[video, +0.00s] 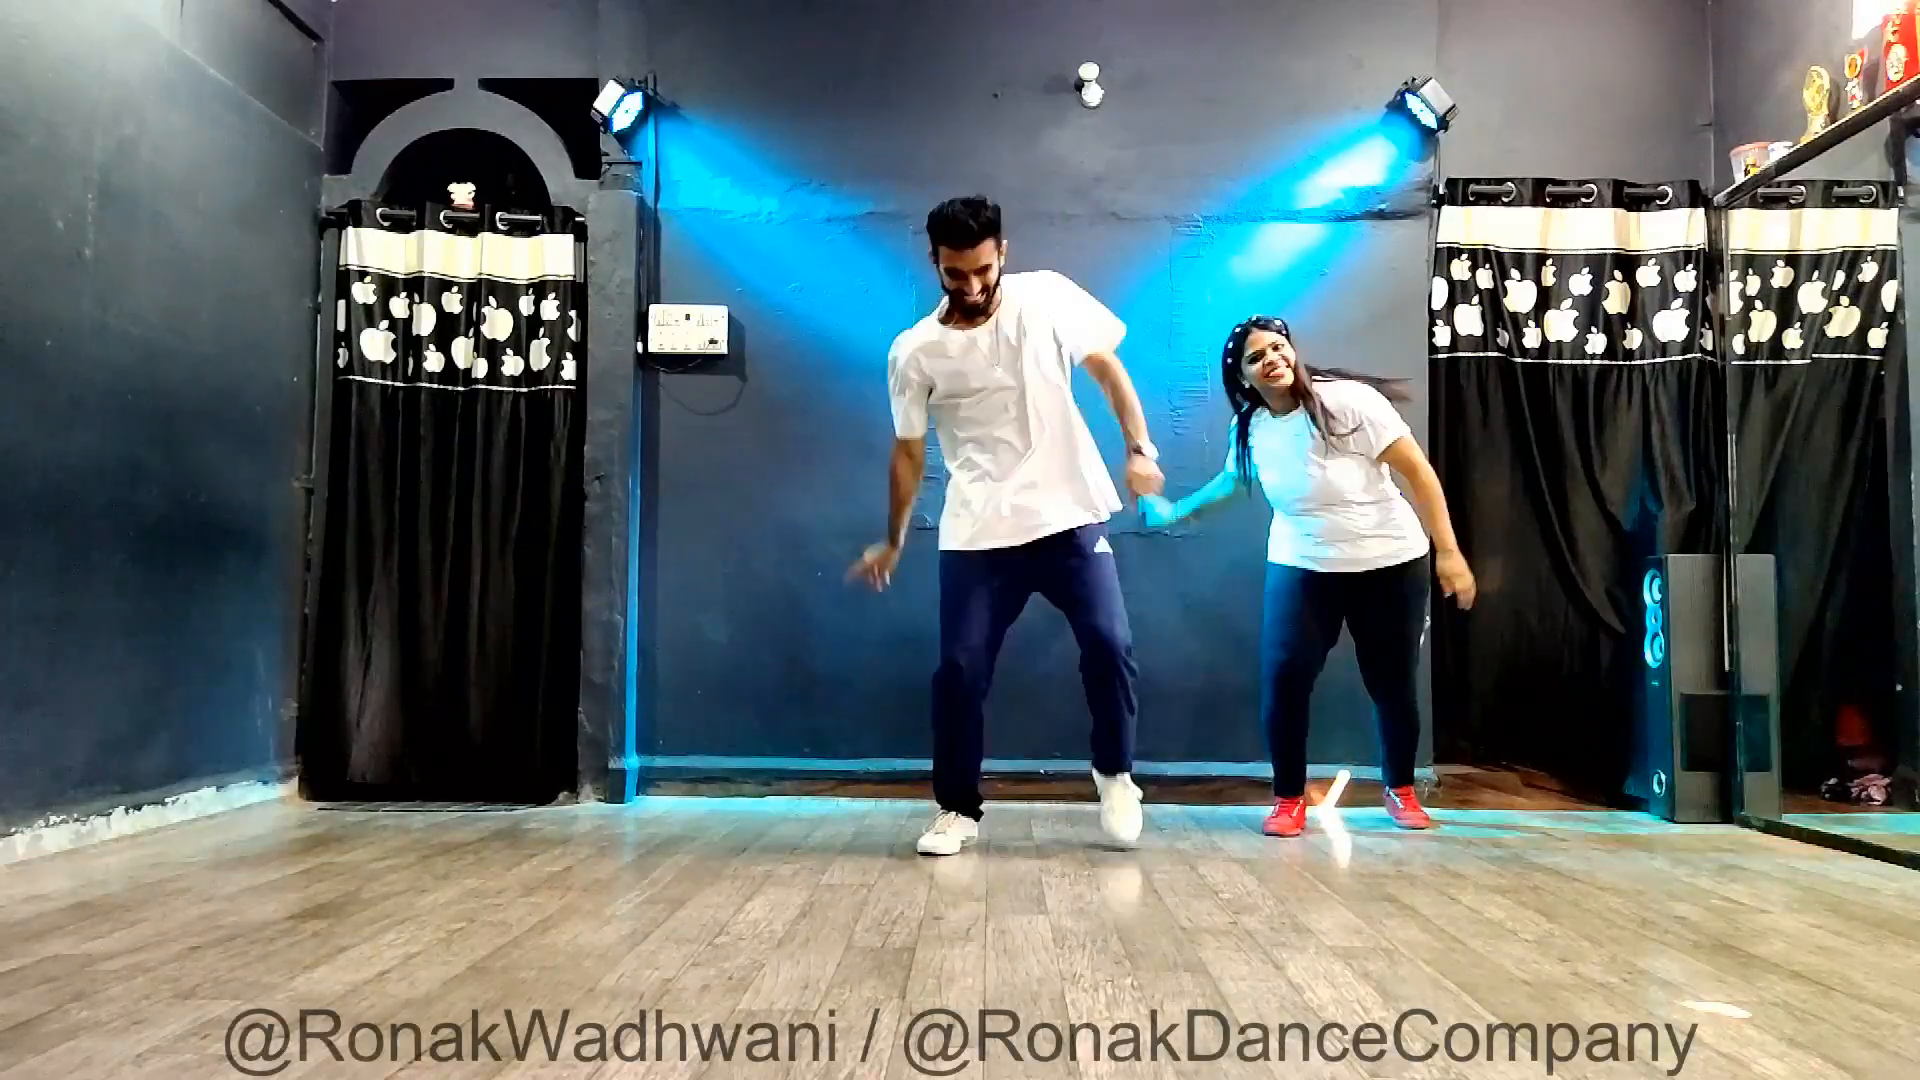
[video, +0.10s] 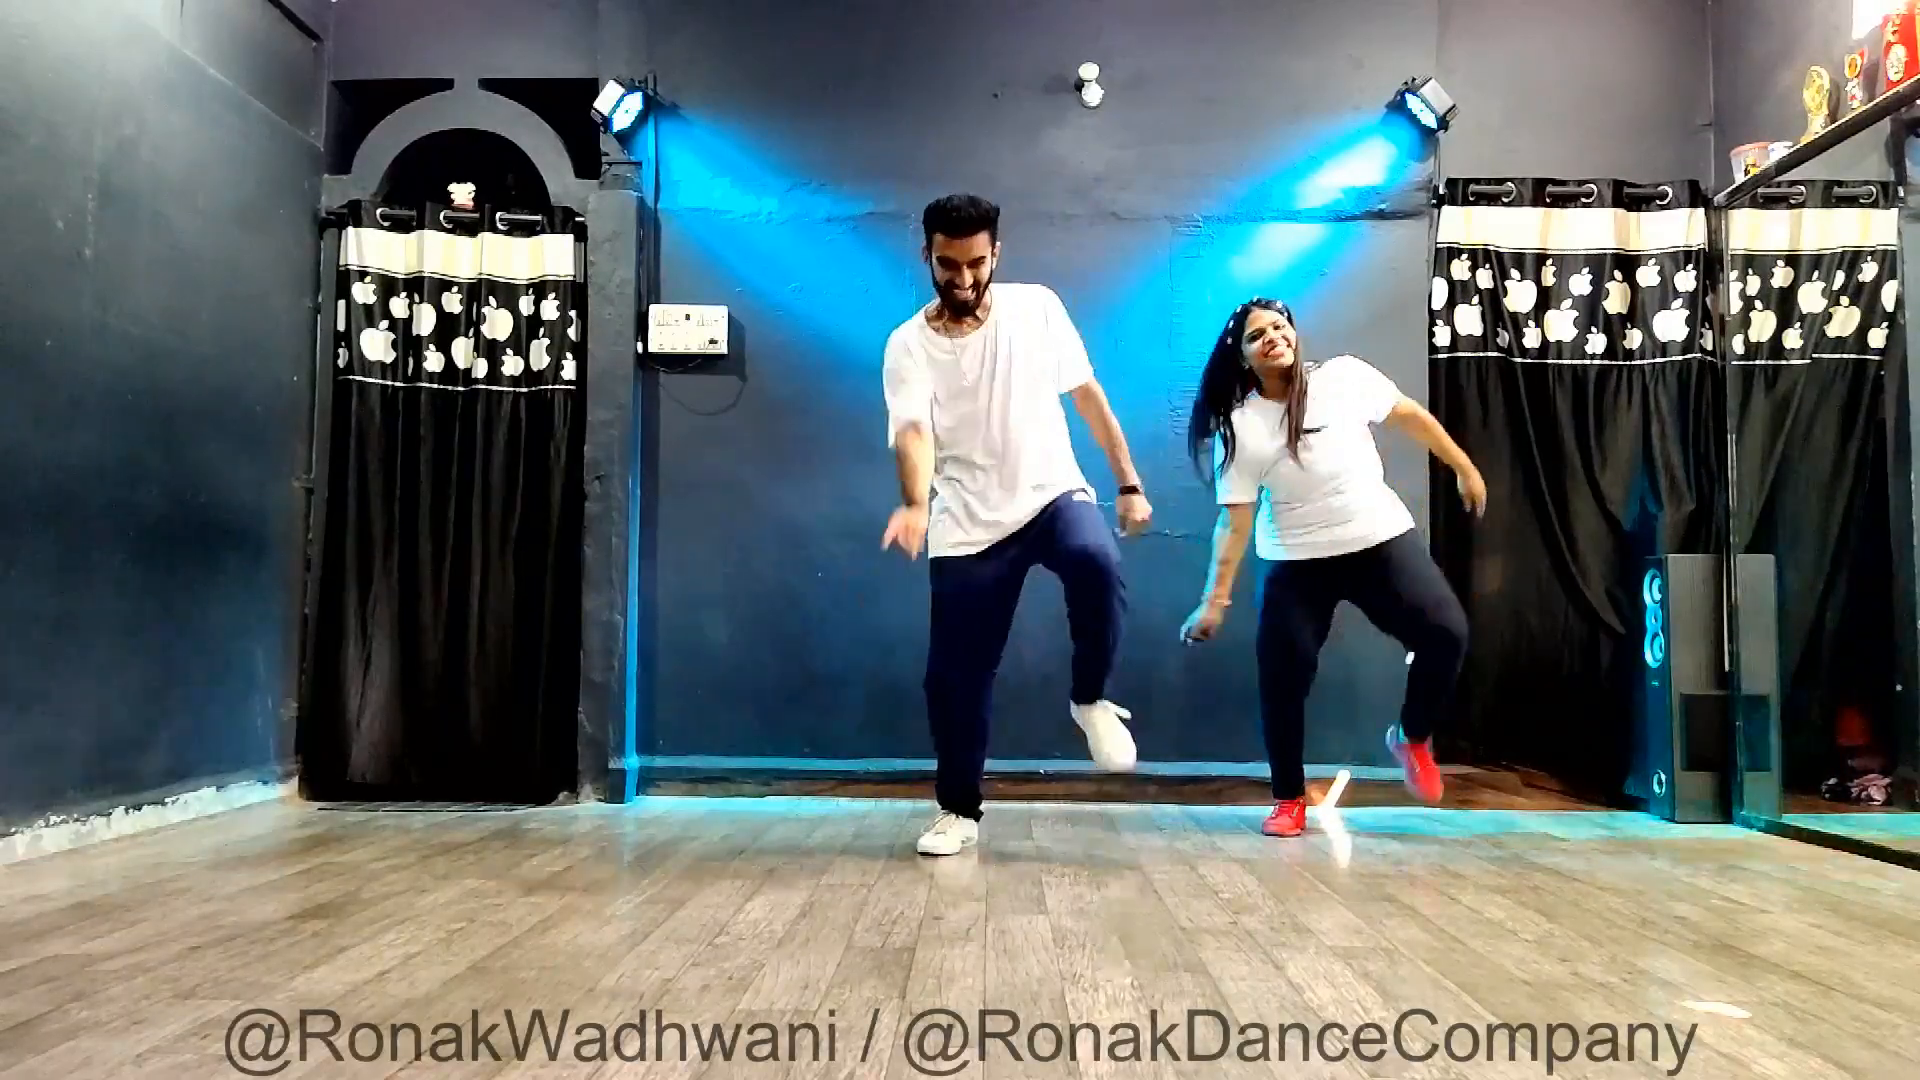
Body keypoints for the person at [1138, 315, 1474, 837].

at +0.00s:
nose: (1272, 358)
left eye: (1276, 346)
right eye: (1256, 357)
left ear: (1293, 351)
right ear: (1244, 379)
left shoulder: (1352, 402)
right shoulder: (1250, 430)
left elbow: (1419, 473)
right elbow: (1232, 481)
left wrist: (1448, 550)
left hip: (1386, 562)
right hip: (1301, 566)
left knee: (1393, 684)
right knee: (1284, 676)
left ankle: (1400, 790)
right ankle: (1289, 797)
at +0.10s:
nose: (1272, 336)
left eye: (1278, 326)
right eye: (1257, 334)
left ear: (1295, 334)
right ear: (1243, 357)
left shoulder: (1345, 377)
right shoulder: (1242, 426)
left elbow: (1413, 417)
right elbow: (1236, 522)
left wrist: (1465, 468)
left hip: (1380, 543)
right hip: (1298, 561)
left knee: (1446, 632)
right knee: (1281, 669)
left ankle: (1411, 737)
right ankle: (1289, 798)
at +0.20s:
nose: (1289, 301)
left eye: (1298, 292)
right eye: (1276, 296)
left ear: (1315, 302)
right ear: (1260, 312)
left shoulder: (1347, 346)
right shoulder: (1253, 380)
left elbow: (1396, 377)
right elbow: (1270, 455)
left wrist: (1449, 415)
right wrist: (1283, 520)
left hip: (1372, 520)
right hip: (1301, 540)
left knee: (1468, 538)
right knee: (1294, 680)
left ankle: (1427, 667)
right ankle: (1288, 794)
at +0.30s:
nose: (1327, 277)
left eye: (1337, 271)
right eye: (1314, 270)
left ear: (1352, 284)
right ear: (1291, 285)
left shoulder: (1357, 335)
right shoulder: (1276, 326)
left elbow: (1384, 350)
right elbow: (1320, 333)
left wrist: (1414, 366)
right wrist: (1355, 312)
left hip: (1372, 495)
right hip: (1296, 515)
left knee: (1471, 444)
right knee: (1295, 651)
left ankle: (1445, 575)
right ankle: (1267, 782)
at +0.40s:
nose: (1355, 298)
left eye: (1361, 290)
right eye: (1340, 281)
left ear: (1366, 300)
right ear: (1314, 289)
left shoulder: (1361, 354)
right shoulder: (1297, 337)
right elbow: (1355, 276)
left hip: (1371, 507)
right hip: (1302, 524)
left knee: (1466, 429)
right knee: (1298, 667)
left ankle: (1456, 559)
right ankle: (1264, 809)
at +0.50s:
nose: (1354, 286)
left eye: (1354, 282)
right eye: (1340, 281)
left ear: (1352, 305)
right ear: (1311, 300)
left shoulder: (1367, 364)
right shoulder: (1306, 349)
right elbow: (1369, 282)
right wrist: (1413, 208)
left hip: (1381, 541)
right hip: (1307, 542)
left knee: (1499, 507)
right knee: (1306, 668)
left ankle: (1466, 642)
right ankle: (1264, 816)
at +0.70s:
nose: (1433, 307)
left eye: (1447, 303)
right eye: (1420, 299)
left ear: (1461, 327)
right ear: (1396, 316)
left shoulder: (1459, 412)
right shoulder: (1367, 354)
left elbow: (1463, 508)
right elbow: (1330, 432)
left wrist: (1488, 594)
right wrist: (1357, 482)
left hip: (1414, 549)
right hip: (1331, 528)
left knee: (1467, 657)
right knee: (1333, 640)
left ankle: (1460, 827)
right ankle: (1276, 786)